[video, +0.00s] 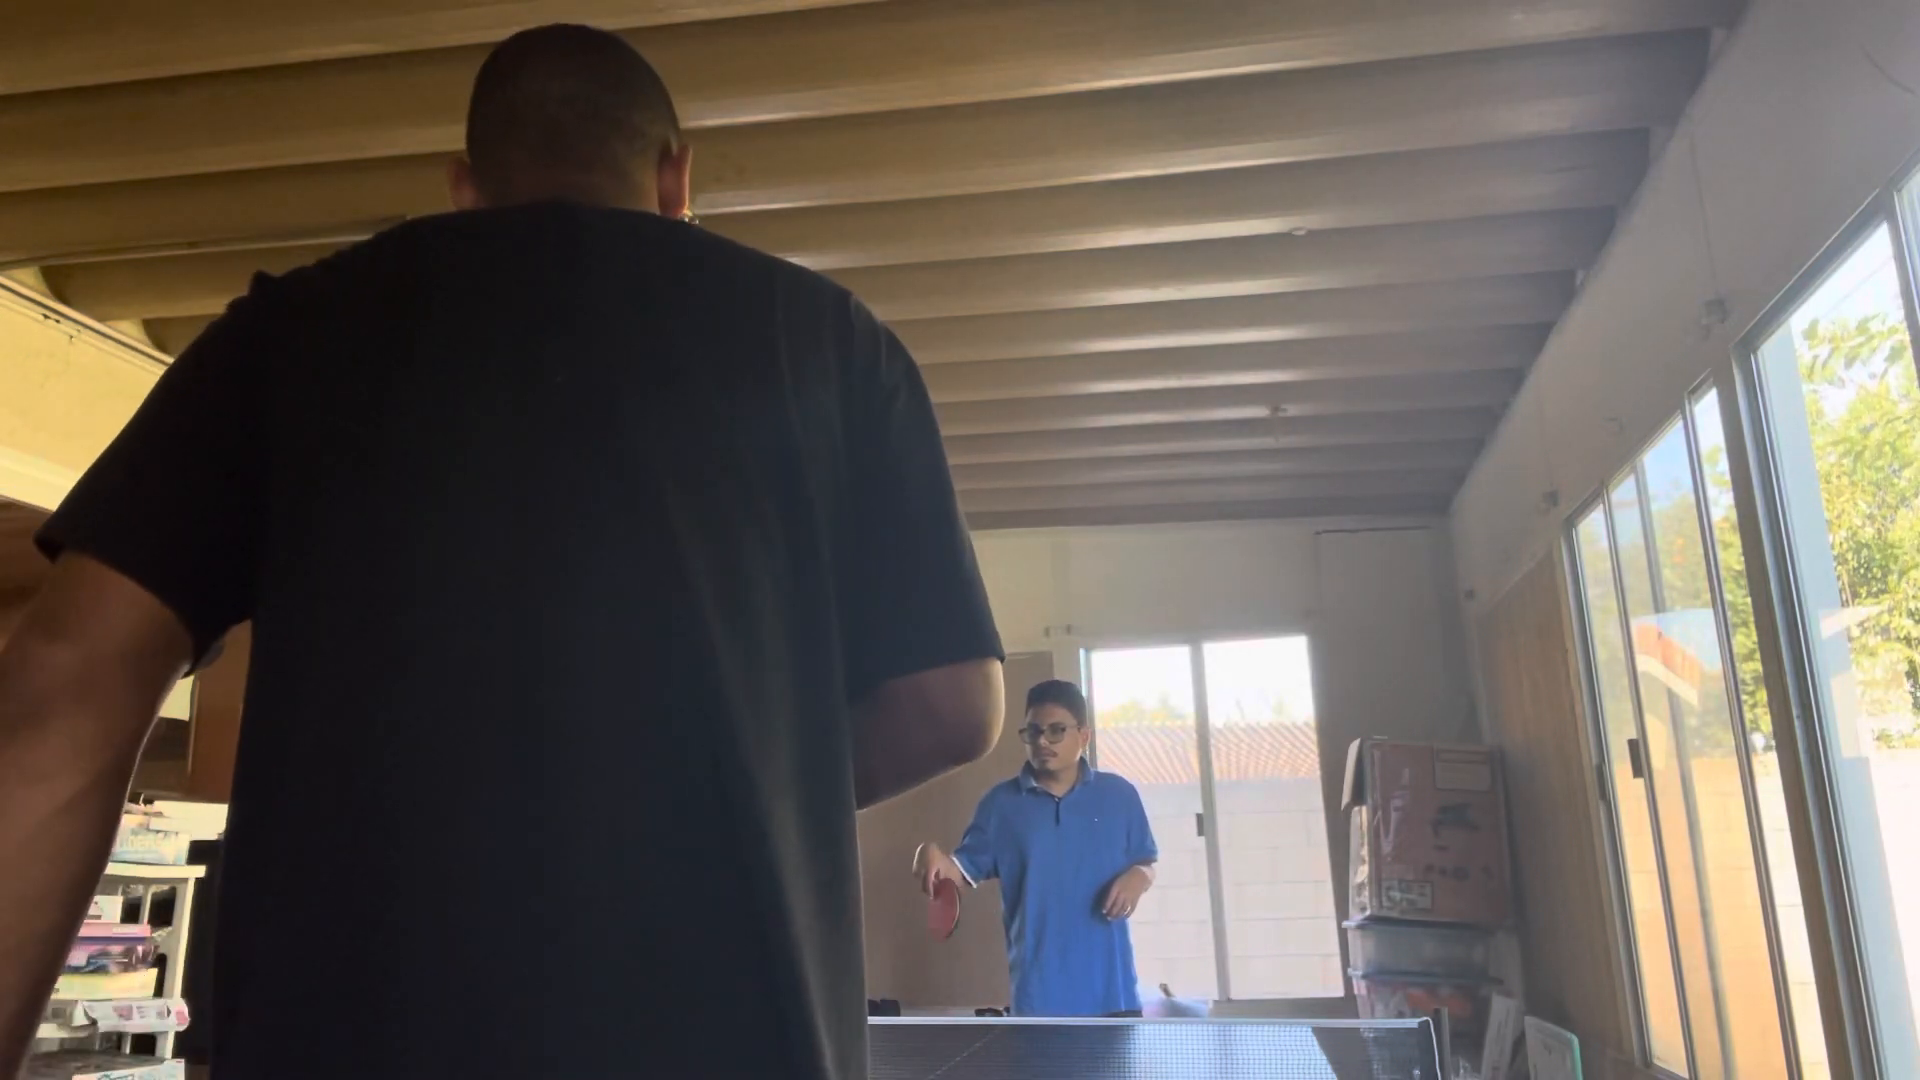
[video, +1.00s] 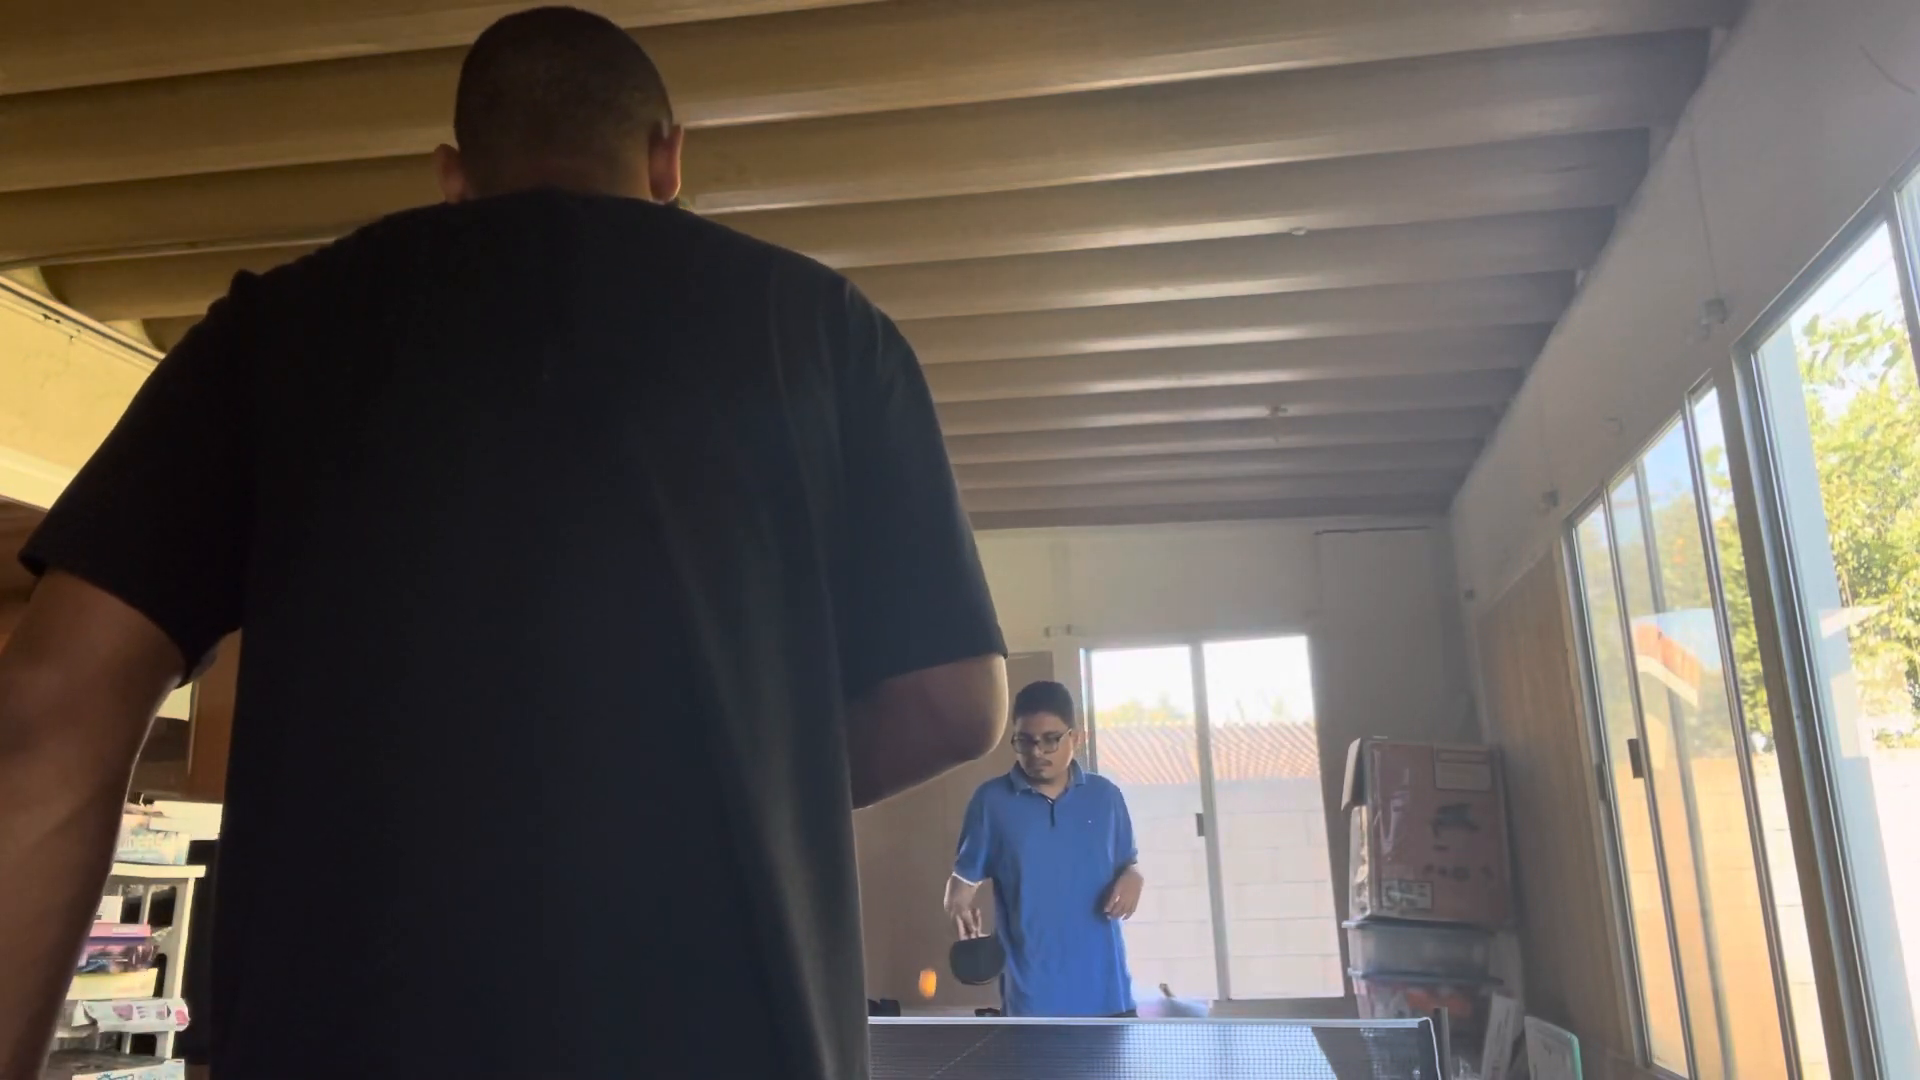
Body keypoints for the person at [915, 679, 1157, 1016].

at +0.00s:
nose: (1043, 742)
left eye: (1056, 731)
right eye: (1034, 732)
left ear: (1084, 736)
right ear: (1024, 736)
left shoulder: (1117, 795)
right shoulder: (1002, 803)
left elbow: (1144, 863)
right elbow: (966, 871)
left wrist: (1137, 878)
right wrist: (932, 852)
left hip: (1109, 988)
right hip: (1037, 992)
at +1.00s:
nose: (1038, 752)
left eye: (1051, 739)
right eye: (1026, 740)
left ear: (1075, 739)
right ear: (1013, 740)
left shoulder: (1105, 797)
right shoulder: (992, 801)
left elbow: (1127, 864)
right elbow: (964, 880)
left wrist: (1133, 879)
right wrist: (960, 906)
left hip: (1105, 990)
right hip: (1032, 996)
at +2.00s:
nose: (1048, 741)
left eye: (1060, 728)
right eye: (1035, 731)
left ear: (1080, 733)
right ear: (1022, 737)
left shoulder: (1103, 800)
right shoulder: (996, 797)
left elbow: (1116, 883)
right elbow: (959, 884)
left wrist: (1139, 878)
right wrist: (994, 849)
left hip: (1104, 992)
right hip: (1029, 996)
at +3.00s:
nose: (1058, 733)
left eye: (1069, 723)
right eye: (1046, 724)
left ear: (1088, 734)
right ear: (1029, 735)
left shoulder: (1111, 798)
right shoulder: (999, 798)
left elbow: (1125, 868)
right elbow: (977, 873)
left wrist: (1137, 876)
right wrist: (1002, 875)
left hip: (1106, 991)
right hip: (1032, 996)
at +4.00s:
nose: (1081, 758)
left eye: (1089, 747)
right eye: (1070, 747)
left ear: (1097, 749)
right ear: (1043, 746)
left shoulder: (1108, 801)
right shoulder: (1015, 800)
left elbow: (1119, 875)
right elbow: (990, 880)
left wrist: (1157, 892)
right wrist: (1062, 864)